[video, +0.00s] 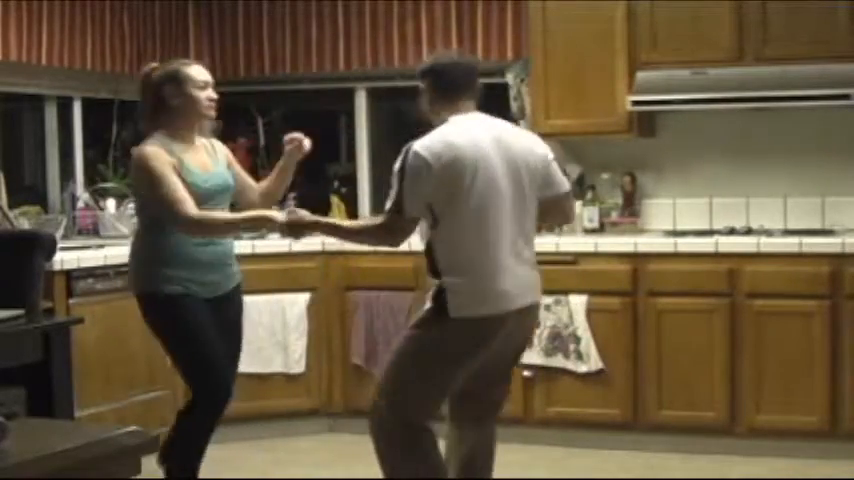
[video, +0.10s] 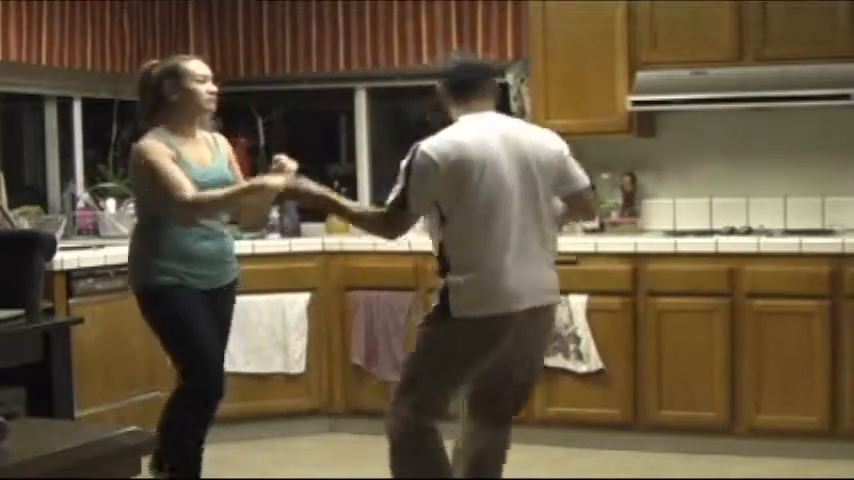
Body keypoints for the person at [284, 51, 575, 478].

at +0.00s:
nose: (421, 105)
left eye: (421, 95)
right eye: (422, 95)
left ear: (430, 95)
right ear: (476, 93)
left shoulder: (426, 152)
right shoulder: (526, 142)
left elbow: (392, 233)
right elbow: (562, 210)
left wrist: (315, 224)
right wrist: (502, 215)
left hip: (465, 312)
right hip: (523, 308)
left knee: (395, 416)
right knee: (475, 416)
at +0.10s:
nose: (438, 105)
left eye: (440, 98)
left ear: (445, 97)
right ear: (494, 93)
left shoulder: (435, 152)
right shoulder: (544, 142)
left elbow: (391, 225)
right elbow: (585, 208)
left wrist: (320, 196)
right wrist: (536, 215)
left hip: (474, 309)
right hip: (539, 305)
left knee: (411, 418)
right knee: (491, 420)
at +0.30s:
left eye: (488, 94)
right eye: (541, 92)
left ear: (491, 96)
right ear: (541, 92)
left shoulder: (471, 151)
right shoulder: (589, 147)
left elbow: (428, 205)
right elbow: (622, 219)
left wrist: (384, 165)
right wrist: (630, 199)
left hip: (504, 309)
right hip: (572, 307)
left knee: (449, 424)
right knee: (548, 395)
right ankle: (556, 474)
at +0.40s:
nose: (513, 104)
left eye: (513, 97)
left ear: (519, 98)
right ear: (568, 95)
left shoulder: (500, 151)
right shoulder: (619, 147)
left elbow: (466, 213)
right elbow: (649, 220)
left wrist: (409, 195)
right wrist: (670, 221)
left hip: (533, 313)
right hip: (601, 310)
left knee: (470, 420)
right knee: (587, 413)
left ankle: (456, 474)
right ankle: (612, 474)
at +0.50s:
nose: (529, 104)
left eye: (531, 96)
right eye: (531, 96)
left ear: (542, 96)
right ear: (589, 94)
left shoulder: (522, 152)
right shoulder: (642, 143)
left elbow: (487, 217)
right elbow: (687, 216)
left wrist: (418, 200)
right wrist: (704, 221)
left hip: (563, 309)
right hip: (630, 307)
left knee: (483, 397)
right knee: (610, 433)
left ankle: (485, 475)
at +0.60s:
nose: (546, 95)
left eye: (546, 90)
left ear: (552, 90)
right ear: (603, 89)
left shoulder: (536, 146)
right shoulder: (653, 140)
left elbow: (497, 213)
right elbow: (703, 211)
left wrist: (430, 193)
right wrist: (703, 198)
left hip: (580, 302)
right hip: (647, 300)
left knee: (505, 386)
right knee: (620, 439)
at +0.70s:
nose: (545, 97)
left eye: (546, 91)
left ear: (553, 92)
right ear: (603, 89)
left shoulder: (541, 142)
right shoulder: (653, 139)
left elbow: (505, 216)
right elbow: (699, 209)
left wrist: (445, 198)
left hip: (588, 306)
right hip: (653, 301)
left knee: (520, 402)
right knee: (622, 435)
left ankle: (602, 470)